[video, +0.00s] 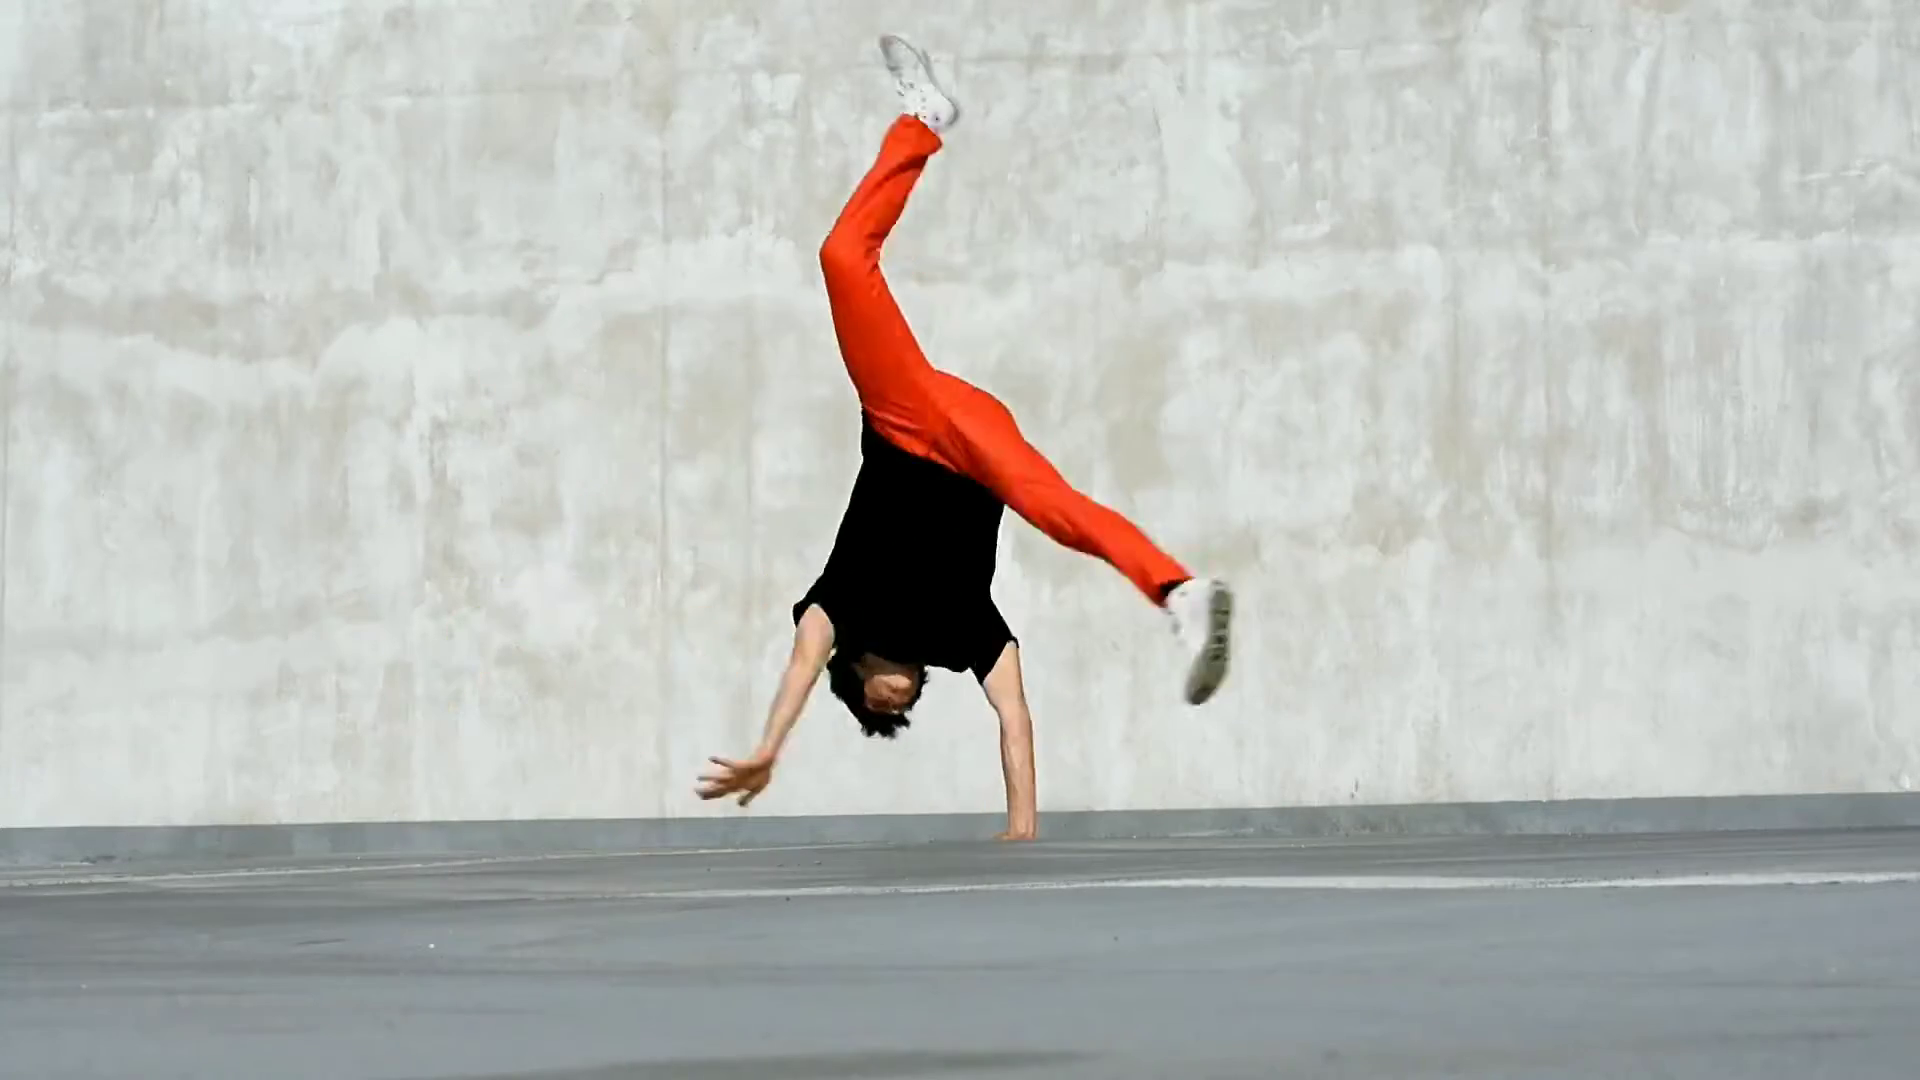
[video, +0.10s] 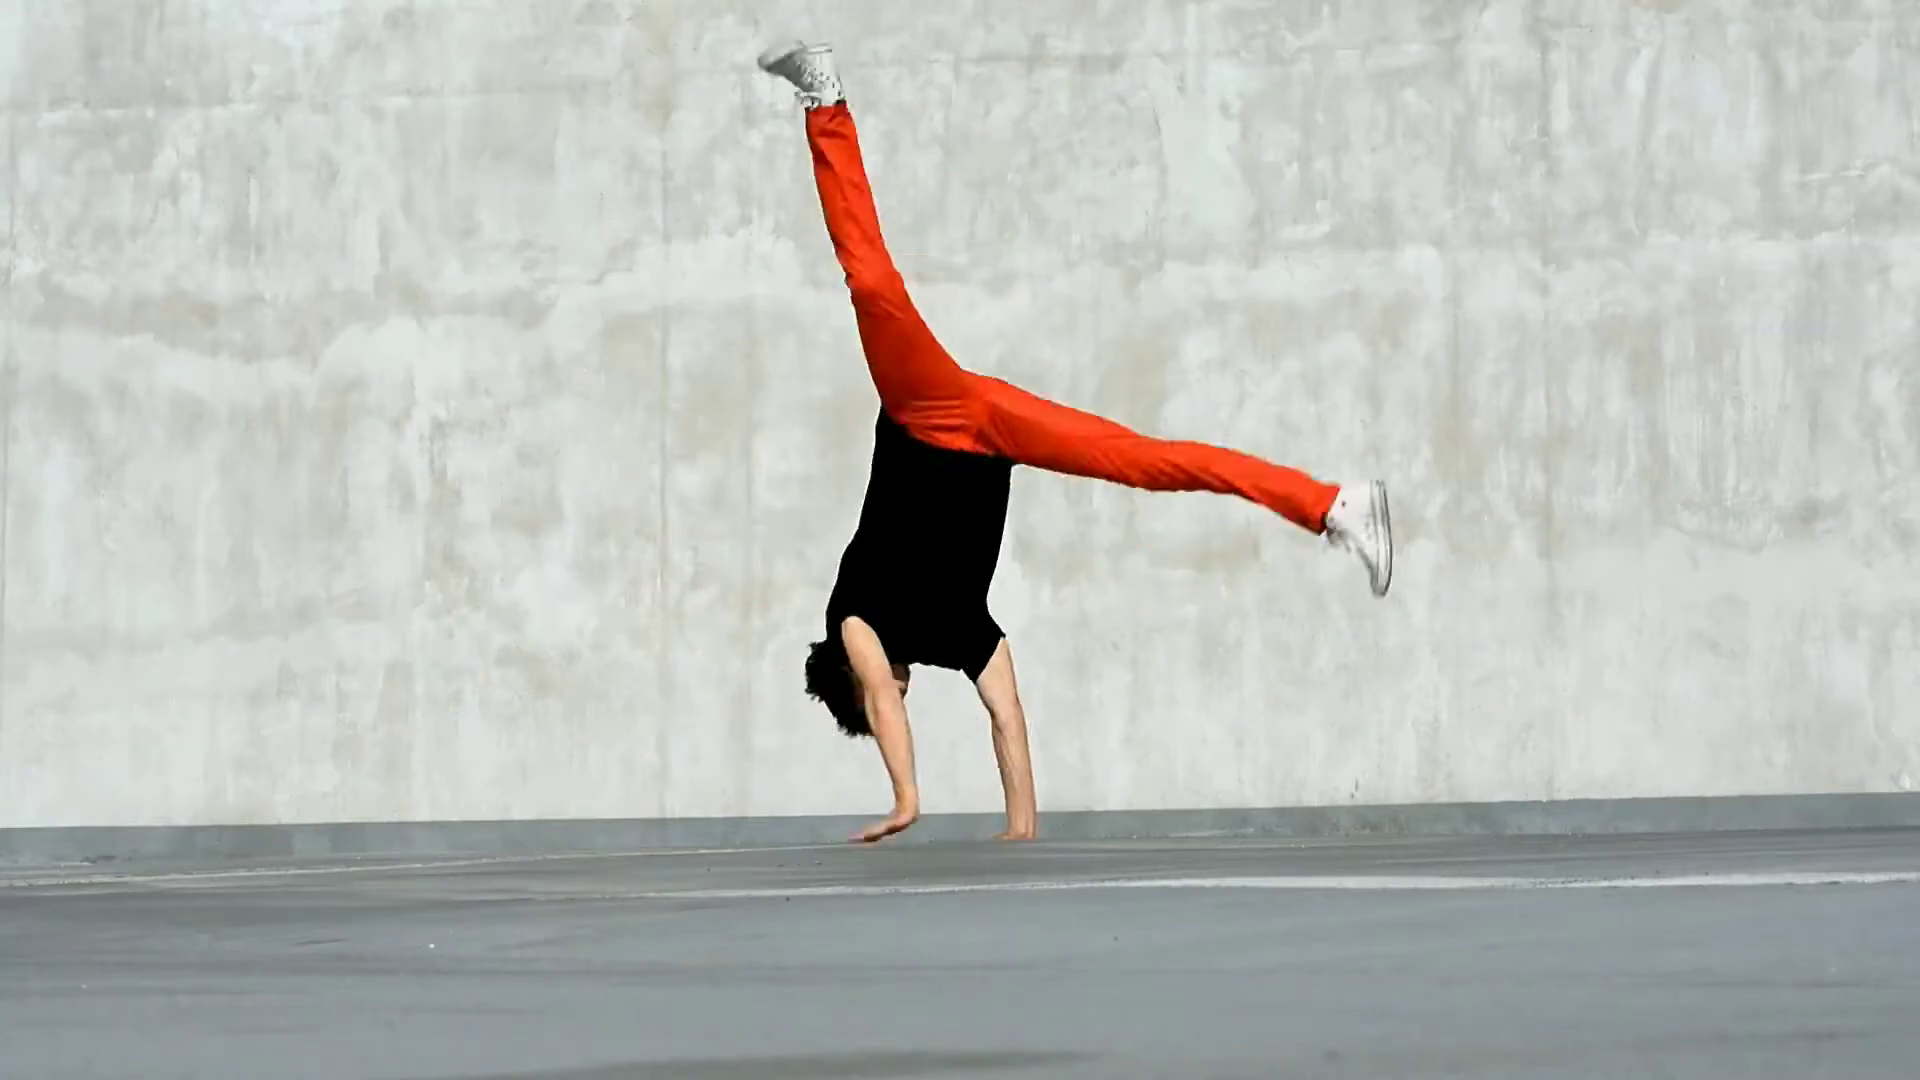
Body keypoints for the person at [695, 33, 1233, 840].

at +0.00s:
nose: (904, 703)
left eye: (889, 708)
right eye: (901, 710)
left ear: (863, 678)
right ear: (908, 681)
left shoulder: (834, 609)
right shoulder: (979, 635)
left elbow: (805, 668)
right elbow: (1013, 724)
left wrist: (766, 753)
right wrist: (1023, 827)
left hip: (895, 410)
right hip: (976, 420)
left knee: (844, 252)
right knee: (1069, 514)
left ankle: (923, 120)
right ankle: (1184, 593)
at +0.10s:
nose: (880, 711)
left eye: (867, 710)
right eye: (868, 714)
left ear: (846, 669)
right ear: (887, 671)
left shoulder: (855, 622)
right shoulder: (970, 635)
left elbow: (881, 695)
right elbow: (1008, 731)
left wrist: (906, 805)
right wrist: (1022, 836)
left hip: (925, 407)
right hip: (991, 420)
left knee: (866, 270)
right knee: (1150, 463)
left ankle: (822, 103)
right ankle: (1335, 508)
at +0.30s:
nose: (887, 685)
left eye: (871, 679)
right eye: (875, 683)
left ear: (862, 651)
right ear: (875, 643)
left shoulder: (901, 608)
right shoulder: (928, 607)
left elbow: (926, 707)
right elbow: (979, 696)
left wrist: (932, 823)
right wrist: (1006, 805)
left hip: (957, 380)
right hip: (958, 356)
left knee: (1080, 508)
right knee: (1068, 330)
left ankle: (1212, 626)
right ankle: (1110, 174)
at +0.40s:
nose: (888, 673)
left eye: (879, 671)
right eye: (875, 675)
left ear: (875, 647)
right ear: (854, 629)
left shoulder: (940, 609)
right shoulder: (869, 573)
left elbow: (951, 712)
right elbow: (873, 638)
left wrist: (935, 823)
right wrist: (865, 696)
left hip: (1043, 403)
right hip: (975, 372)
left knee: (1138, 540)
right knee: (957, 301)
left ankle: (1270, 634)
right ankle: (980, 223)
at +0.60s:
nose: (820, 514)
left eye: (810, 527)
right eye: (826, 533)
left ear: (830, 547)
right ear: (855, 559)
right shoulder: (911, 499)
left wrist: (830, 763)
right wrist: (874, 626)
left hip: (1037, 365)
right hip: (1064, 366)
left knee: (1112, 294)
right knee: (1147, 196)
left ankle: (1229, 248)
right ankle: (1303, 104)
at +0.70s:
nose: (925, 541)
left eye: (907, 541)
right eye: (921, 560)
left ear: (891, 524)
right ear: (923, 574)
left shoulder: (875, 469)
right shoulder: (1002, 559)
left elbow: (756, 471)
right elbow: (1021, 680)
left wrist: (657, 530)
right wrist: (1012, 798)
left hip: (1024, 334)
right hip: (1090, 378)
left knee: (995, 180)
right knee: (1222, 278)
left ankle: (1117, 257)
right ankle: (1360, 158)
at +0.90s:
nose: (1043, 640)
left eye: (1037, 631)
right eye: (1030, 644)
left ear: (1032, 601)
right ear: (1008, 621)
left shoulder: (1077, 545)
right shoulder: (987, 602)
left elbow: (1163, 577)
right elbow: (1000, 709)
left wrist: (1248, 648)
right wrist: (1012, 819)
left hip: (1040, 345)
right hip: (1077, 412)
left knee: (1085, 170)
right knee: (1201, 498)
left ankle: (926, 201)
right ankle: (1341, 582)